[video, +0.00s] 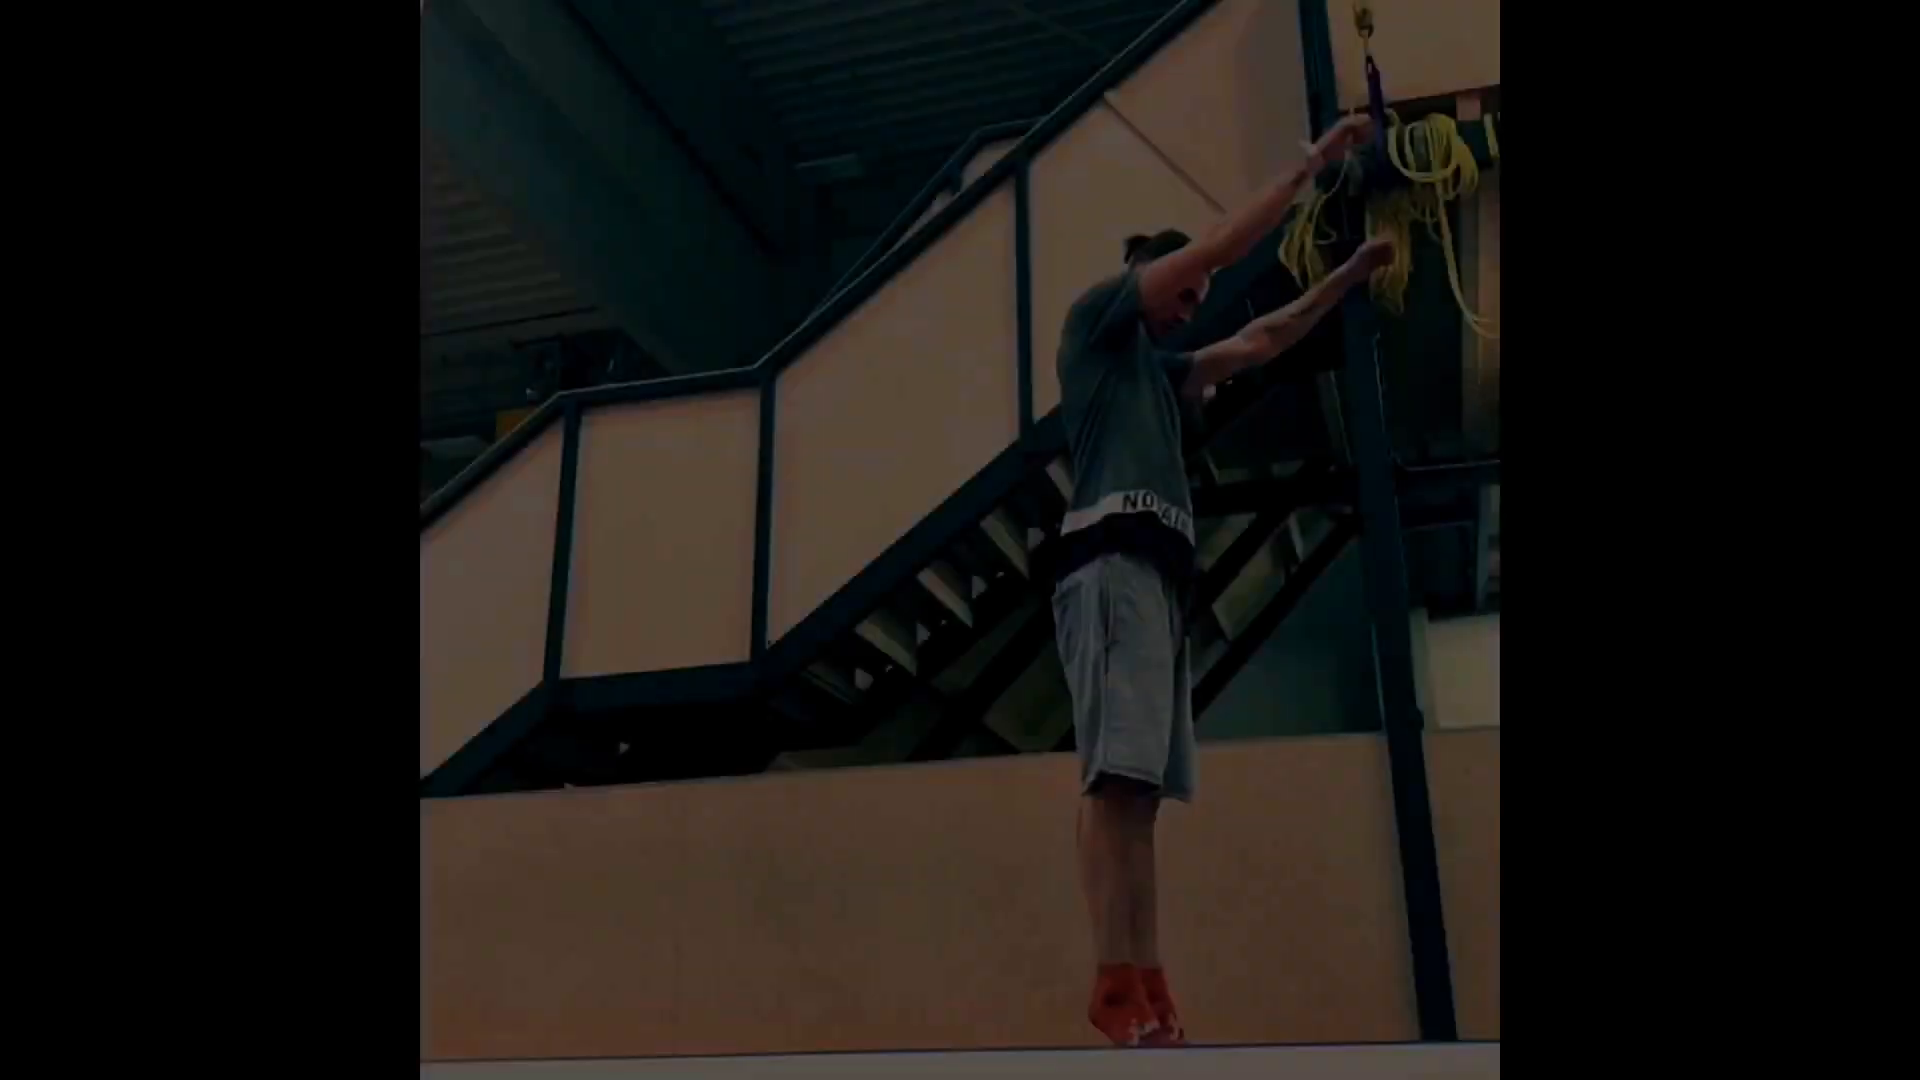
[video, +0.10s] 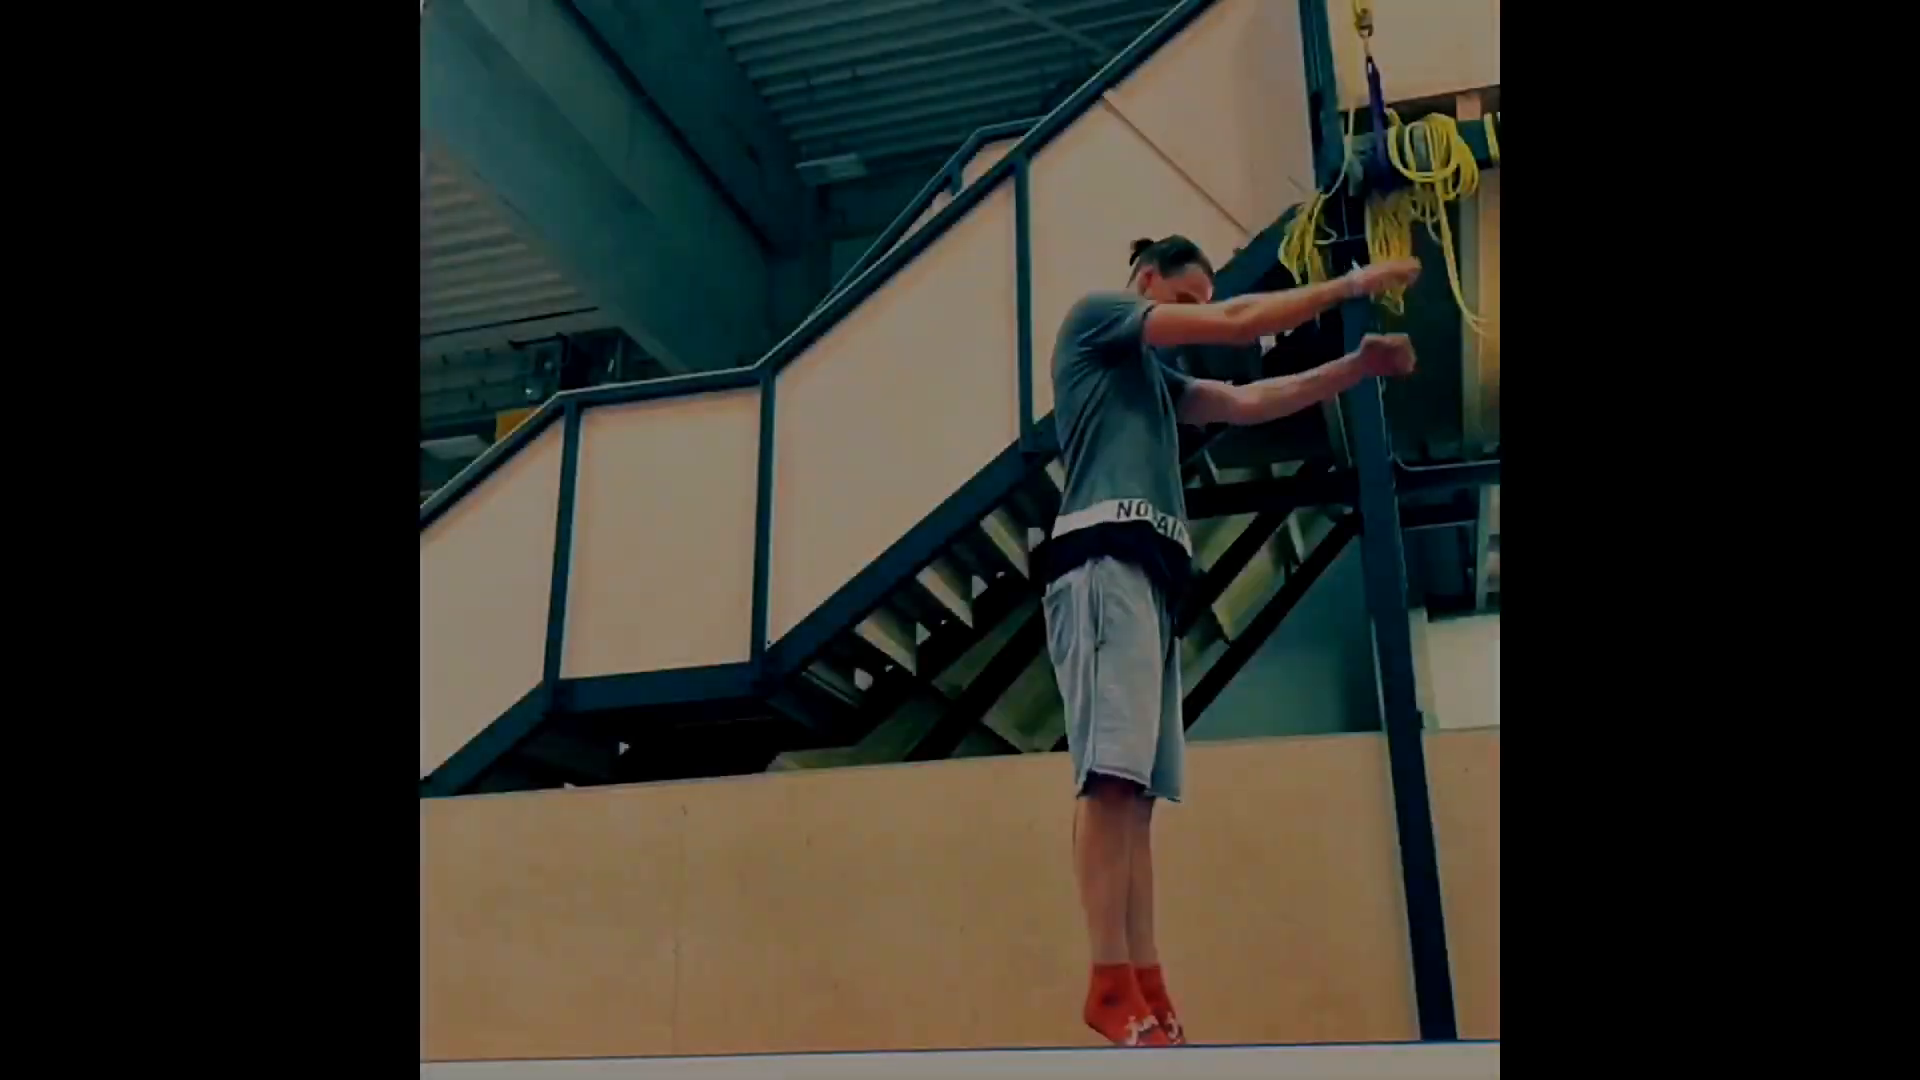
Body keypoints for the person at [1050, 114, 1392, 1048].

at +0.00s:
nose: (1193, 305)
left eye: (1196, 294)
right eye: (1185, 287)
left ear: (1167, 298)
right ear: (1144, 273)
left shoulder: (1159, 367)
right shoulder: (1094, 319)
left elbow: (1261, 339)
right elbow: (1215, 247)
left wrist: (1346, 276)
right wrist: (1313, 162)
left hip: (1155, 576)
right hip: (1108, 568)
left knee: (1143, 788)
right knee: (1116, 779)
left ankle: (1148, 987)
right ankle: (1114, 989)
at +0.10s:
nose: (1196, 313)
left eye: (1203, 304)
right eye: (1186, 296)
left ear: (1190, 301)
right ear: (1144, 277)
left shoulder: (1159, 379)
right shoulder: (1096, 319)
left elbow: (1251, 401)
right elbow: (1236, 318)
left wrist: (1356, 364)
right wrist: (1351, 280)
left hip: (1149, 579)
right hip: (1101, 565)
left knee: (1137, 785)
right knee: (1111, 779)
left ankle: (1144, 983)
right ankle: (1108, 987)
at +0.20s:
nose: (1205, 334)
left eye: (1215, 327)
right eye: (1204, 314)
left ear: (1208, 328)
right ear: (1169, 284)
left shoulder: (1161, 391)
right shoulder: (1105, 333)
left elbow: (1190, 509)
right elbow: (1162, 437)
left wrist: (1248, 582)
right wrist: (1264, 515)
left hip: (1144, 597)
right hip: (1095, 581)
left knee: (1145, 795)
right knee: (1115, 787)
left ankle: (1146, 987)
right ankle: (1111, 989)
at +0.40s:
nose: (1267, 489)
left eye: (1278, 480)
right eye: (1271, 469)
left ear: (1247, 452)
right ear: (1236, 432)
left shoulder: (1180, 483)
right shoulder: (1152, 437)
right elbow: (1024, 372)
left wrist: (1076, 415)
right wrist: (930, 312)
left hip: (1067, 652)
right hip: (1027, 644)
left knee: (1189, 803)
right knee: (1168, 797)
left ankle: (1131, 1004)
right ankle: (1100, 1004)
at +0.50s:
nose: (1264, 580)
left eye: (1277, 572)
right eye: (1266, 559)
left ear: (1240, 538)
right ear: (1231, 523)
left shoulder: (1179, 570)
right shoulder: (1144, 530)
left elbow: (1099, 478)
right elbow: (1044, 441)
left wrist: (1069, 425)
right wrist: (968, 363)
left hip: (1044, 725)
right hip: (1007, 716)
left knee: (1197, 837)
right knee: (1173, 829)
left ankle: (1128, 1027)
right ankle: (1101, 1029)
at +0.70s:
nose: (1214, 527)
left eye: (1224, 518)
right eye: (1215, 506)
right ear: (1178, 478)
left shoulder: (1137, 568)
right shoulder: (1084, 531)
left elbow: (1101, 691)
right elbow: (1064, 665)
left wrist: (1110, 780)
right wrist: (1069, 796)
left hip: (1051, 731)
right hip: (1002, 730)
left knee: (1203, 849)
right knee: (1179, 845)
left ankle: (1124, 1035)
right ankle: (1104, 1037)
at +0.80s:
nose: (1152, 472)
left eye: (1161, 462)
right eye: (1148, 451)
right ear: (1106, 431)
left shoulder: (1102, 538)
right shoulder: (1057, 495)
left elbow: (1183, 618)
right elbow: (1180, 573)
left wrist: (1303, 647)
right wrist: (1310, 594)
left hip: (1048, 715)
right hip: (1007, 713)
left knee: (1192, 850)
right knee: (1172, 847)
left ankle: (1122, 1039)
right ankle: (1103, 1040)